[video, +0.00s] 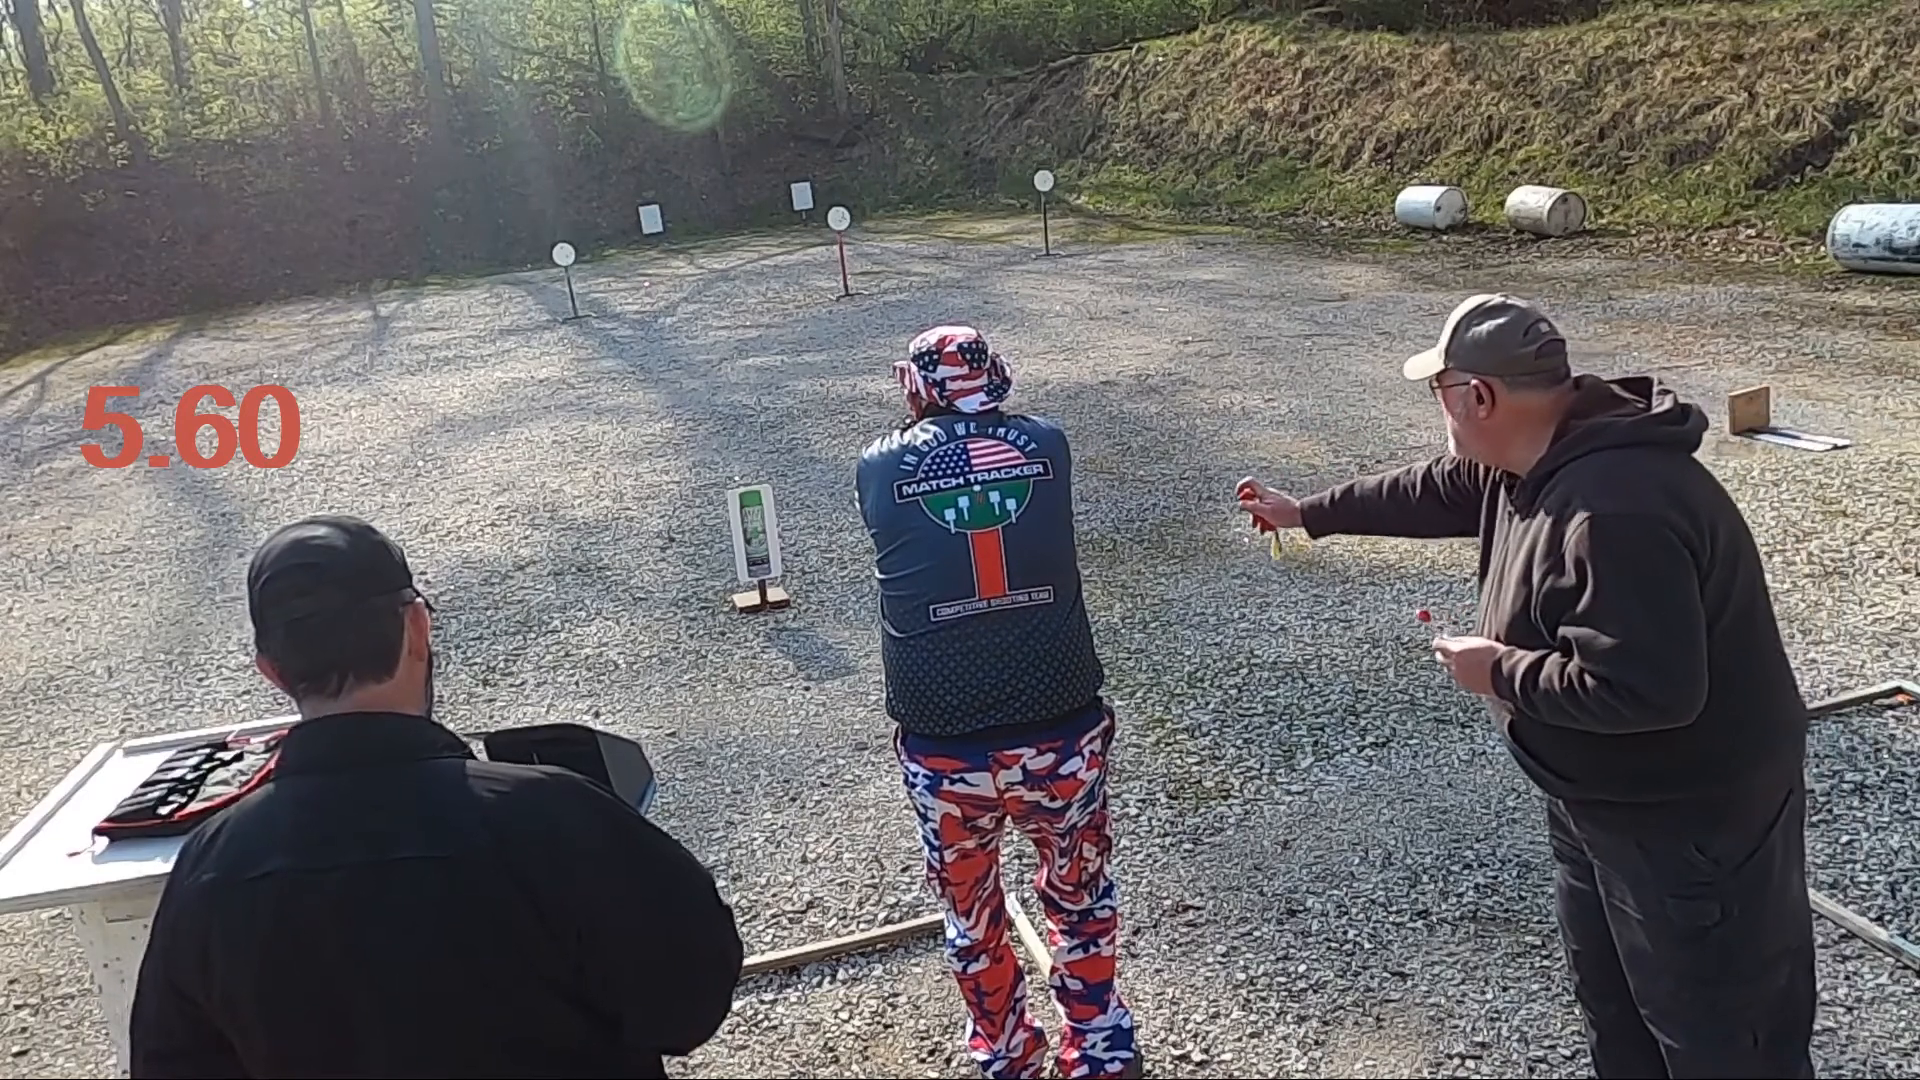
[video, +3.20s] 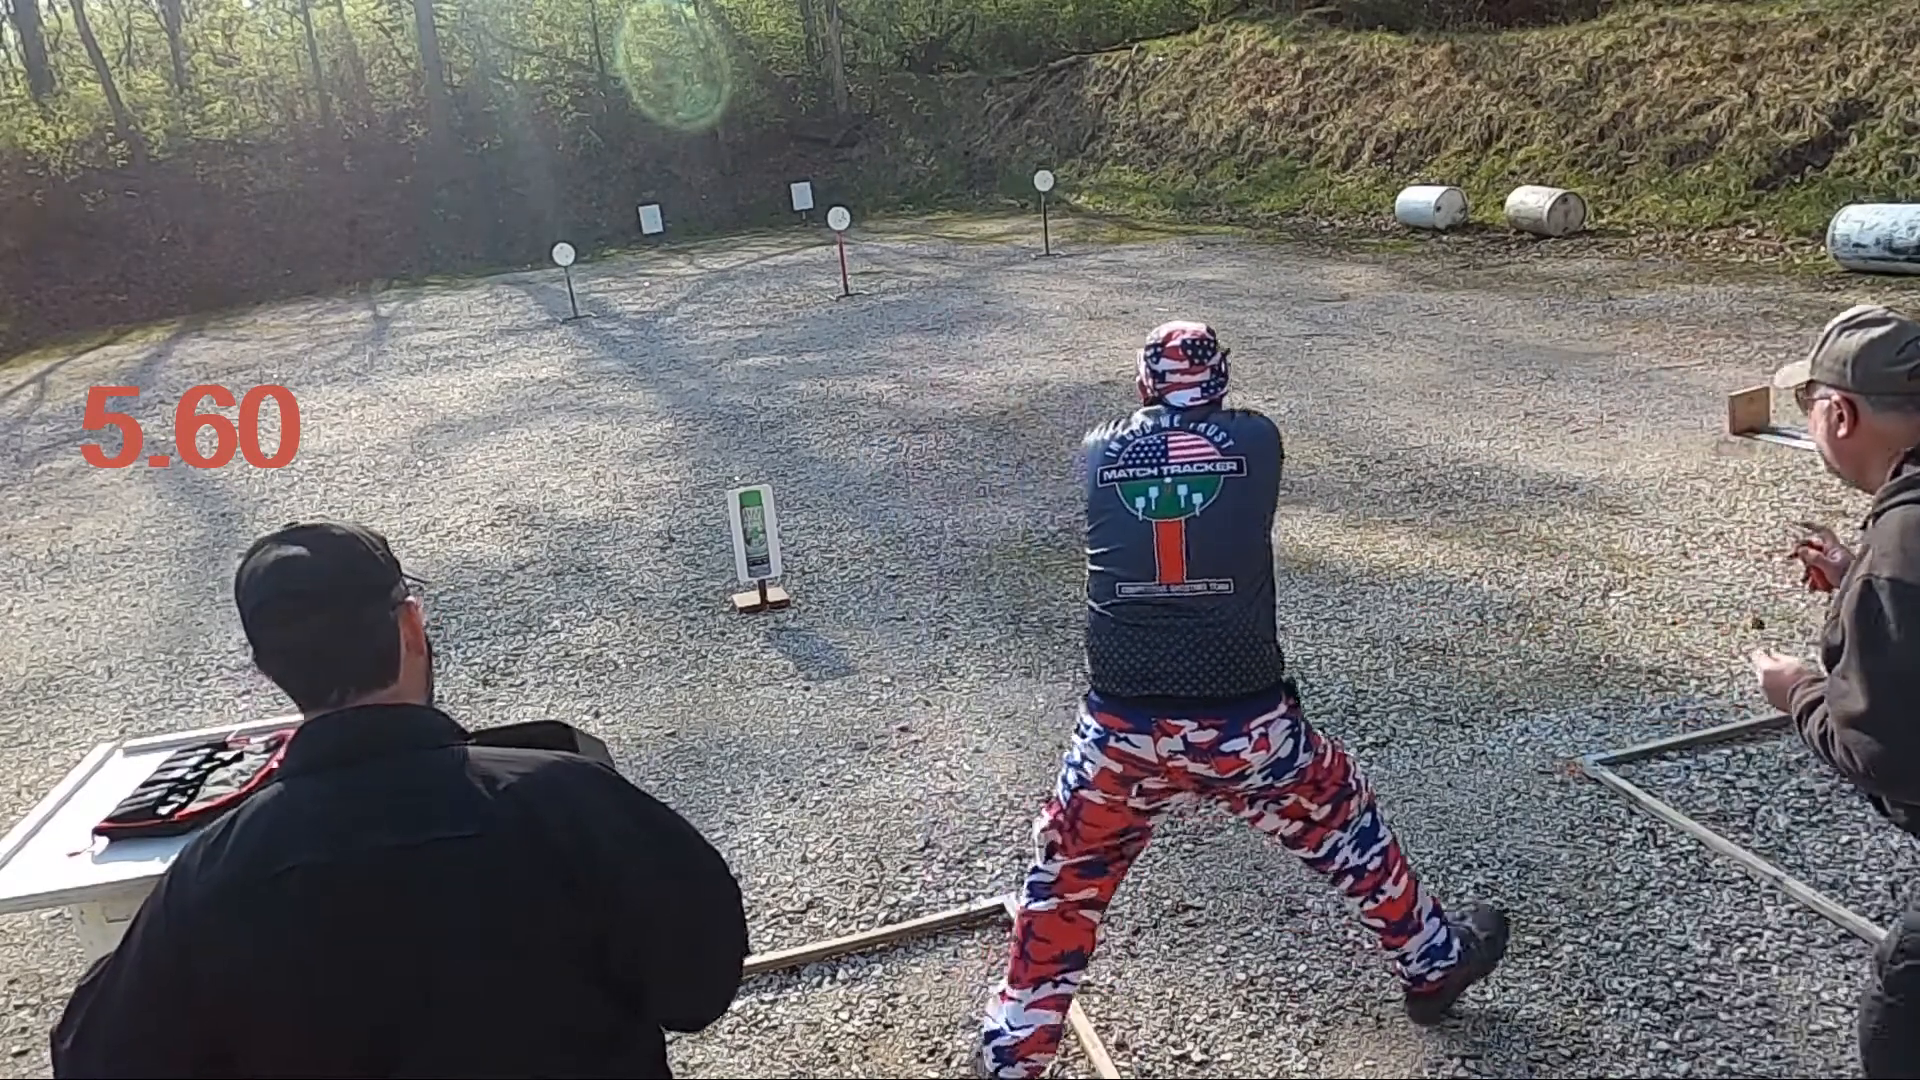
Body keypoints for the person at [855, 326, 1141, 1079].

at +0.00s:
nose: (904, 398)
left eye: (907, 389)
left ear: (915, 397)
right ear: (997, 388)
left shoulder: (878, 470)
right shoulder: (1047, 443)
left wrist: (932, 421)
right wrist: (947, 416)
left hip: (944, 749)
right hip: (1062, 735)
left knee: (972, 908)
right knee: (1080, 897)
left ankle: (1006, 1058)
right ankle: (1102, 1056)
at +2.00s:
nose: (904, 394)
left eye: (908, 385)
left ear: (910, 395)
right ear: (992, 385)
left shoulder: (874, 465)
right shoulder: (1041, 436)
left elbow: (884, 441)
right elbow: (980, 430)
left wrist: (901, 404)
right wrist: (937, 400)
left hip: (943, 746)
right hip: (1061, 731)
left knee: (971, 909)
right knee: (1077, 894)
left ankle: (1005, 1057)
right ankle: (1100, 1054)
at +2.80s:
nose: (944, 377)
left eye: (946, 367)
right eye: (950, 366)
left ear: (954, 379)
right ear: (1028, 370)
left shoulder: (917, 446)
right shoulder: (1079, 419)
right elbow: (1028, 419)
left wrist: (970, 395)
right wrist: (982, 389)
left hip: (985, 726)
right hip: (1105, 714)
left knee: (980, 891)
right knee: (1118, 872)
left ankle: (1000, 1054)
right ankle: (1106, 1039)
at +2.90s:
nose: (981, 380)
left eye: (979, 369)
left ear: (978, 378)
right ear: (1056, 368)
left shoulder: (939, 446)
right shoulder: (1101, 419)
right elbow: (1053, 419)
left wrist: (993, 396)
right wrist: (1012, 391)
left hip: (1005, 725)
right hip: (1126, 711)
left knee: (995, 892)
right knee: (1172, 847)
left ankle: (1001, 1055)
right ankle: (1176, 1025)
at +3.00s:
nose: (1077, 392)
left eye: (1015, 379)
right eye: (1081, 379)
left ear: (1010, 389)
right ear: (1088, 383)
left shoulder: (970, 460)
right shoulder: (1131, 433)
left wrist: (1032, 410)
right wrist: (1051, 406)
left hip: (1032, 736)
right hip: (1155, 721)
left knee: (1008, 887)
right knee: (1236, 844)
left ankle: (1002, 1052)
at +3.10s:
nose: (1131, 402)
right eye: (1133, 390)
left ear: (1063, 400)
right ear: (1139, 395)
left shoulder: (1019, 469)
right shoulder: (1180, 447)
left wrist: (1084, 416)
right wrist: (1095, 418)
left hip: (1063, 743)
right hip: (1190, 733)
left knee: (1028, 888)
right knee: (1293, 838)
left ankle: (1004, 1051)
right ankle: (1394, 966)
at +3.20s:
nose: (1210, 392)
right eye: (1213, 380)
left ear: (1143, 387)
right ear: (1220, 387)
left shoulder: (1097, 453)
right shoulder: (1257, 441)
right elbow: (1202, 443)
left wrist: (1161, 403)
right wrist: (1170, 404)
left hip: (1119, 733)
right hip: (1245, 731)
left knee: (1065, 880)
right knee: (1344, 826)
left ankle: (1013, 1052)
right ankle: (1434, 957)